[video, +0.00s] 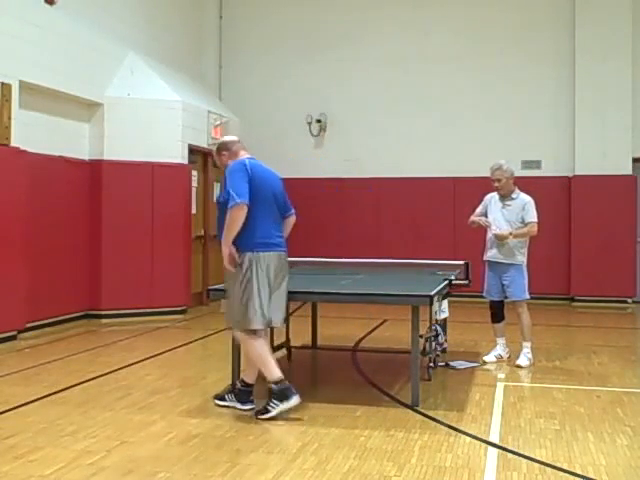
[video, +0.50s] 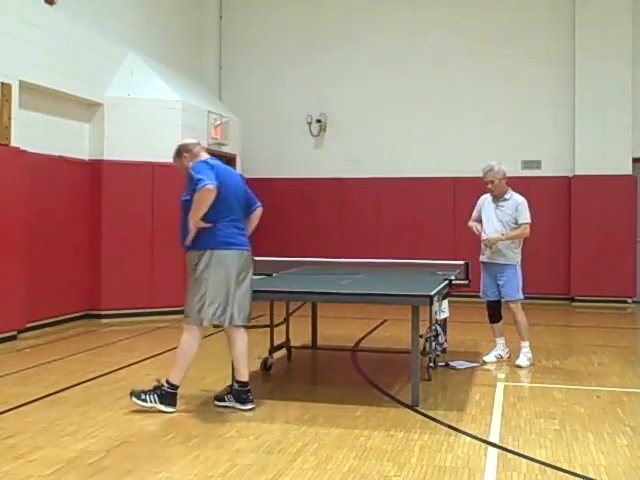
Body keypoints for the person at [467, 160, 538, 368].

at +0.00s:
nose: (496, 185)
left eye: (499, 181)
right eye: (494, 181)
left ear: (511, 180)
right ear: (493, 181)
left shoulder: (525, 201)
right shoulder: (490, 199)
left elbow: (532, 229)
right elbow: (473, 218)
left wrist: (510, 234)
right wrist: (478, 220)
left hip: (515, 261)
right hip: (493, 260)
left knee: (520, 304)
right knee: (495, 304)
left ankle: (526, 349)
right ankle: (500, 347)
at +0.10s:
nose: (495, 185)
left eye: (498, 181)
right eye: (493, 181)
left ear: (510, 180)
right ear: (492, 181)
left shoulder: (524, 201)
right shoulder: (489, 199)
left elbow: (531, 229)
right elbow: (473, 218)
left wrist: (508, 234)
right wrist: (480, 222)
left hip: (514, 261)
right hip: (492, 260)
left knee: (519, 305)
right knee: (495, 304)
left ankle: (526, 349)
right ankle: (501, 346)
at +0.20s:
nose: (493, 185)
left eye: (497, 181)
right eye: (491, 181)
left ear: (509, 180)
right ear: (491, 181)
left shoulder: (523, 202)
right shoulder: (488, 199)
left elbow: (529, 229)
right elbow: (473, 219)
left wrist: (506, 234)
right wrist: (478, 224)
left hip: (513, 261)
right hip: (491, 260)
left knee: (518, 305)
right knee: (494, 304)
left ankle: (526, 349)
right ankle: (501, 347)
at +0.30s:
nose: (492, 185)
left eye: (495, 181)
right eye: (490, 181)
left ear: (508, 180)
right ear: (489, 181)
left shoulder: (521, 202)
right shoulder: (487, 200)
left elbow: (528, 229)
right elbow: (473, 220)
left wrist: (502, 235)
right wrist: (476, 226)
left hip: (511, 262)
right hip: (490, 261)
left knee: (517, 305)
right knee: (493, 304)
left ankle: (526, 349)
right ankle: (500, 346)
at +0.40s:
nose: (490, 186)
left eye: (493, 182)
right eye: (488, 182)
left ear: (506, 180)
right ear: (488, 182)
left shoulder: (520, 202)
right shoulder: (485, 200)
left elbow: (527, 230)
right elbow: (473, 221)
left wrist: (501, 237)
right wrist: (476, 228)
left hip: (510, 262)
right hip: (489, 261)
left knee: (516, 304)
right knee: (493, 304)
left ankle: (526, 349)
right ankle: (500, 346)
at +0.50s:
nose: (488, 187)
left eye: (492, 182)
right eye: (486, 183)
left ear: (504, 180)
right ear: (486, 183)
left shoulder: (519, 202)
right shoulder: (484, 200)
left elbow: (525, 230)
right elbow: (472, 222)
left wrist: (499, 238)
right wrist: (476, 226)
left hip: (509, 262)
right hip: (488, 261)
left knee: (514, 305)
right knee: (492, 305)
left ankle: (525, 349)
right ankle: (500, 347)